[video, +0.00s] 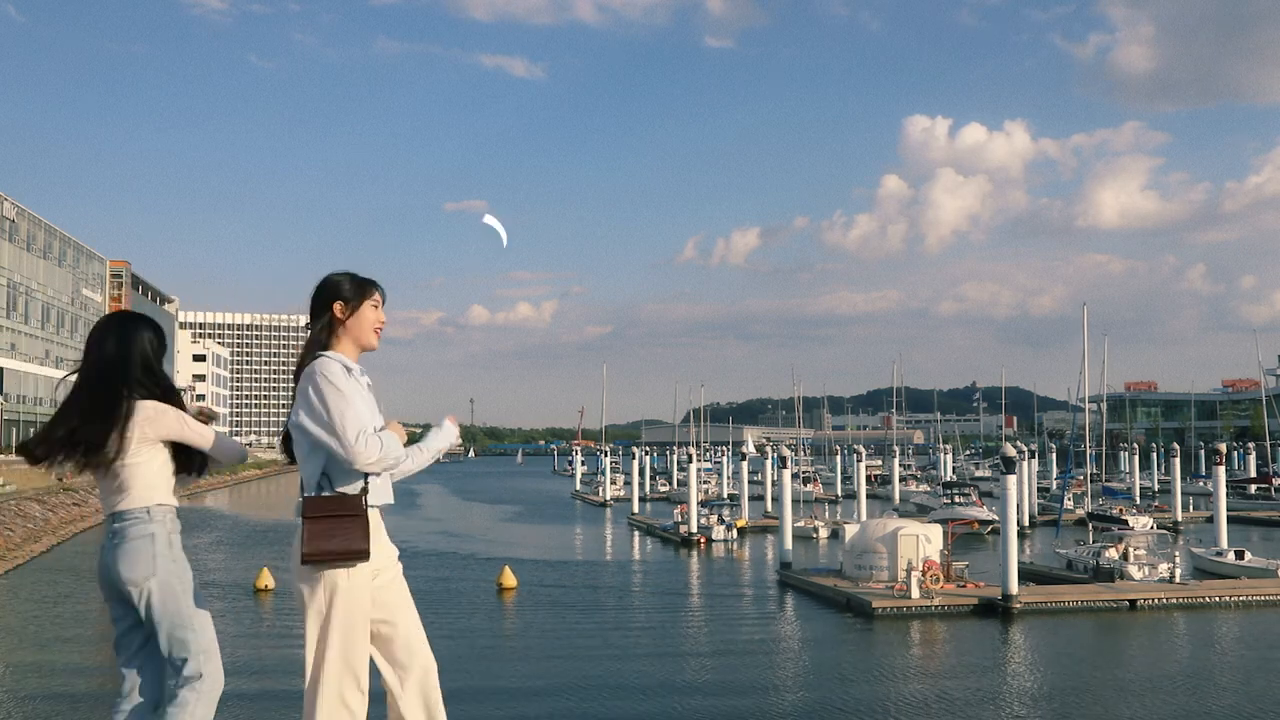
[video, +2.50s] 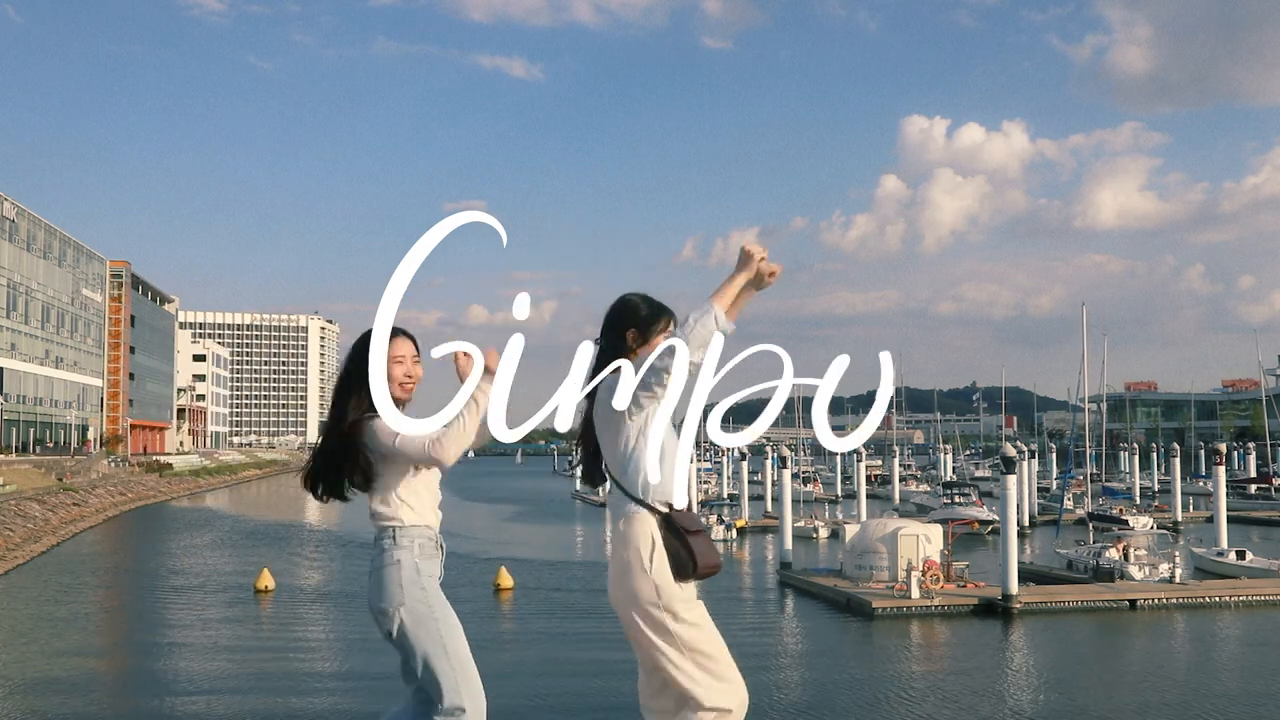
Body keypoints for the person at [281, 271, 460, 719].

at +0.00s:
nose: (383, 319)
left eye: (383, 309)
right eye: (375, 308)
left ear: (348, 315)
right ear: (341, 312)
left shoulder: (356, 378)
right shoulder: (325, 372)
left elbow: (385, 466)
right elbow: (359, 451)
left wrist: (437, 442)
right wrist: (391, 438)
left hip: (371, 527)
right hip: (337, 529)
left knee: (415, 669)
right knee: (338, 679)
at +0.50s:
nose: (439, 333)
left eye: (439, 323)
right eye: (431, 322)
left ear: (407, 331)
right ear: (399, 328)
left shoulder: (412, 388)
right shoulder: (390, 389)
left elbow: (425, 472)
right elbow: (415, 473)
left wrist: (476, 452)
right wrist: (480, 451)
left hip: (438, 541)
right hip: (410, 543)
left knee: (462, 692)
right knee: (383, 693)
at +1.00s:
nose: (483, 336)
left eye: (484, 326)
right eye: (476, 326)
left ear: (449, 327)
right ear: (447, 326)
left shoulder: (437, 377)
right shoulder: (448, 371)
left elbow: (521, 344)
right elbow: (494, 328)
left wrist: (557, 289)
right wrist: (540, 252)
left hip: (458, 545)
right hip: (486, 547)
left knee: (474, 690)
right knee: (540, 686)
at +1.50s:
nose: (546, 342)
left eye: (546, 332)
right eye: (538, 332)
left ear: (511, 340)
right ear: (511, 338)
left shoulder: (525, 389)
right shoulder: (491, 394)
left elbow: (587, 344)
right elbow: (555, 346)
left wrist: (640, 294)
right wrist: (609, 278)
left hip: (549, 553)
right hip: (522, 557)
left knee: (604, 692)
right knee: (559, 699)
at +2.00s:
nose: (607, 333)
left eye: (605, 324)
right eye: (600, 323)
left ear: (577, 329)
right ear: (574, 329)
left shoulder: (592, 384)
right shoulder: (553, 383)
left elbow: (641, 341)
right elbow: (609, 332)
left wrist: (687, 280)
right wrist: (658, 252)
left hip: (622, 539)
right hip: (586, 541)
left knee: (657, 698)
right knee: (603, 699)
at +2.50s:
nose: (673, 347)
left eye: (673, 336)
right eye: (665, 336)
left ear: (636, 341)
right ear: (633, 340)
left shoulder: (640, 392)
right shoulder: (621, 390)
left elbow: (699, 342)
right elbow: (684, 344)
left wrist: (750, 287)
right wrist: (740, 274)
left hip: (655, 549)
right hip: (643, 551)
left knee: (663, 697)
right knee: (723, 695)